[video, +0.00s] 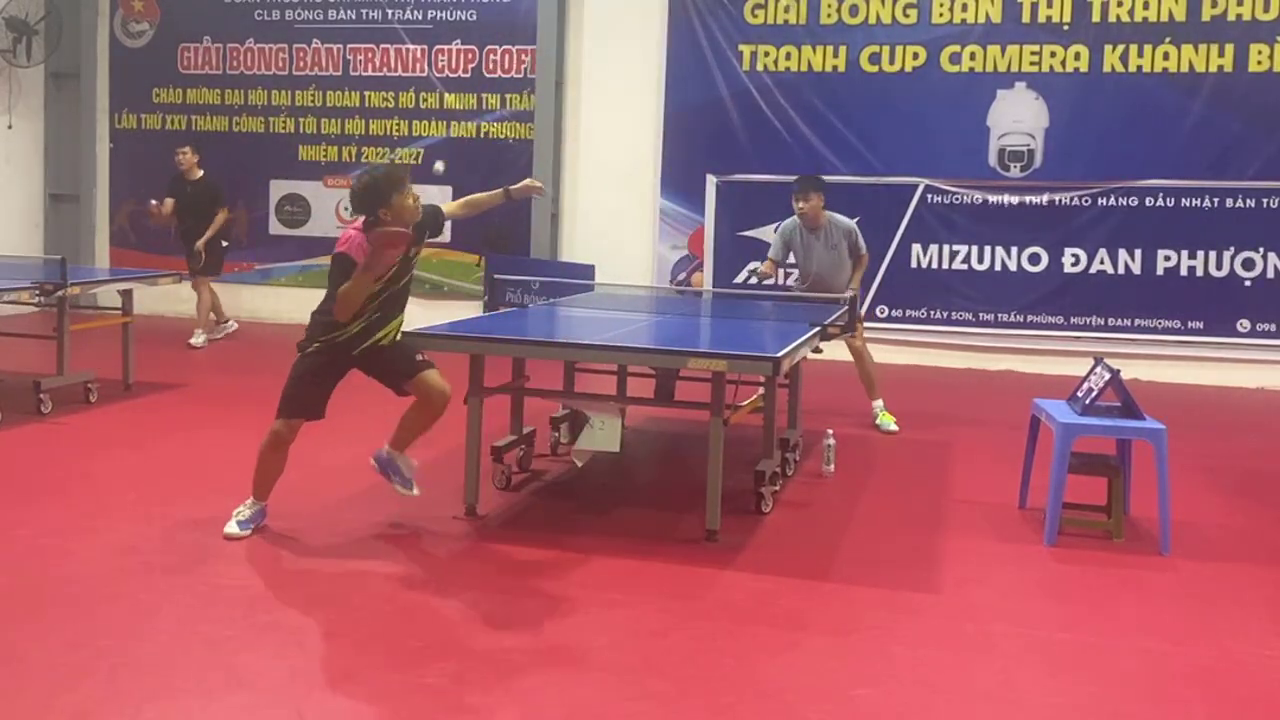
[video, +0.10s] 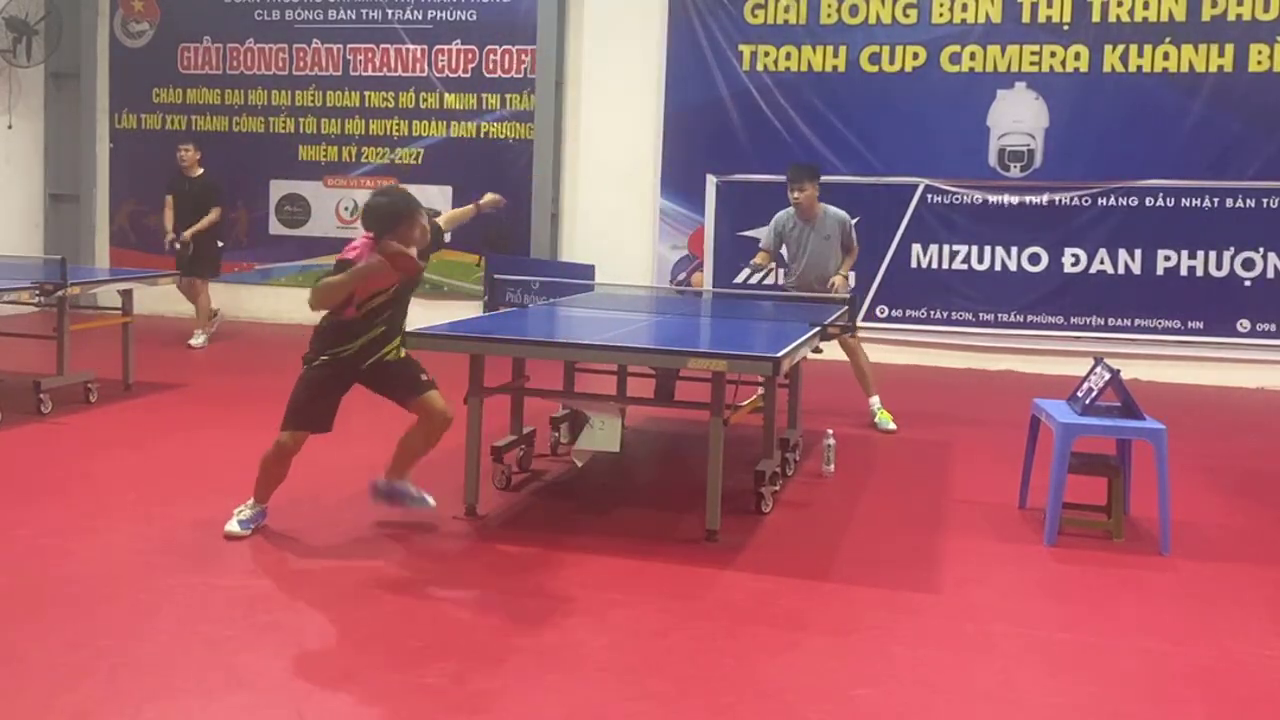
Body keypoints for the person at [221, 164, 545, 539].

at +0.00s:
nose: (416, 197)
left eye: (412, 191)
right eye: (408, 194)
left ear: (398, 205)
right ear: (385, 209)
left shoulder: (415, 225)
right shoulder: (354, 242)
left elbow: (462, 207)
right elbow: (341, 309)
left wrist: (511, 192)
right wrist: (373, 269)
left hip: (380, 339)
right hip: (330, 342)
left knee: (437, 393)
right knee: (282, 431)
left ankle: (391, 455)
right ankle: (255, 505)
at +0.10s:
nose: (426, 229)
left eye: (423, 222)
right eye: (419, 225)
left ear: (411, 228)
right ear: (395, 234)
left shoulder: (417, 241)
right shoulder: (359, 255)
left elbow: (446, 222)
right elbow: (318, 300)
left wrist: (479, 205)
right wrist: (364, 272)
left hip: (384, 350)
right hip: (332, 357)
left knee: (438, 416)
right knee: (288, 442)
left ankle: (393, 482)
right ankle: (256, 506)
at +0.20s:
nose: (454, 250)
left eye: (453, 243)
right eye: (447, 245)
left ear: (425, 246)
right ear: (421, 247)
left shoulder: (428, 259)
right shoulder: (379, 257)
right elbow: (329, 272)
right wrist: (382, 309)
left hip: (389, 361)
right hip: (340, 369)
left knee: (447, 427)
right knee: (297, 453)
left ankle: (400, 502)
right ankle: (258, 507)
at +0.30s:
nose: (487, 252)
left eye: (489, 246)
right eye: (486, 245)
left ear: (463, 240)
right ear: (465, 242)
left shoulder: (443, 258)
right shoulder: (406, 259)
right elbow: (356, 269)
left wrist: (404, 336)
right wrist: (390, 324)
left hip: (393, 345)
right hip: (349, 344)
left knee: (450, 428)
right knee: (332, 453)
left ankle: (401, 501)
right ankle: (263, 494)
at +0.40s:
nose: (503, 237)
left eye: (505, 229)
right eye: (503, 229)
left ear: (472, 221)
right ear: (489, 228)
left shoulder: (449, 243)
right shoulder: (436, 254)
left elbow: (405, 252)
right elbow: (394, 271)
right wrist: (425, 326)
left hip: (397, 349)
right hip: (362, 350)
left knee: (448, 427)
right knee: (381, 446)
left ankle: (402, 501)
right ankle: (293, 482)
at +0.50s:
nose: (508, 219)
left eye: (511, 210)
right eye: (509, 210)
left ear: (476, 202)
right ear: (498, 209)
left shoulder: (441, 221)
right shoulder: (456, 239)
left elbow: (398, 242)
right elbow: (424, 272)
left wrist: (372, 261)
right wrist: (456, 320)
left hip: (398, 339)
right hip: (378, 342)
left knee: (443, 421)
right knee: (427, 427)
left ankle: (400, 502)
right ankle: (341, 498)